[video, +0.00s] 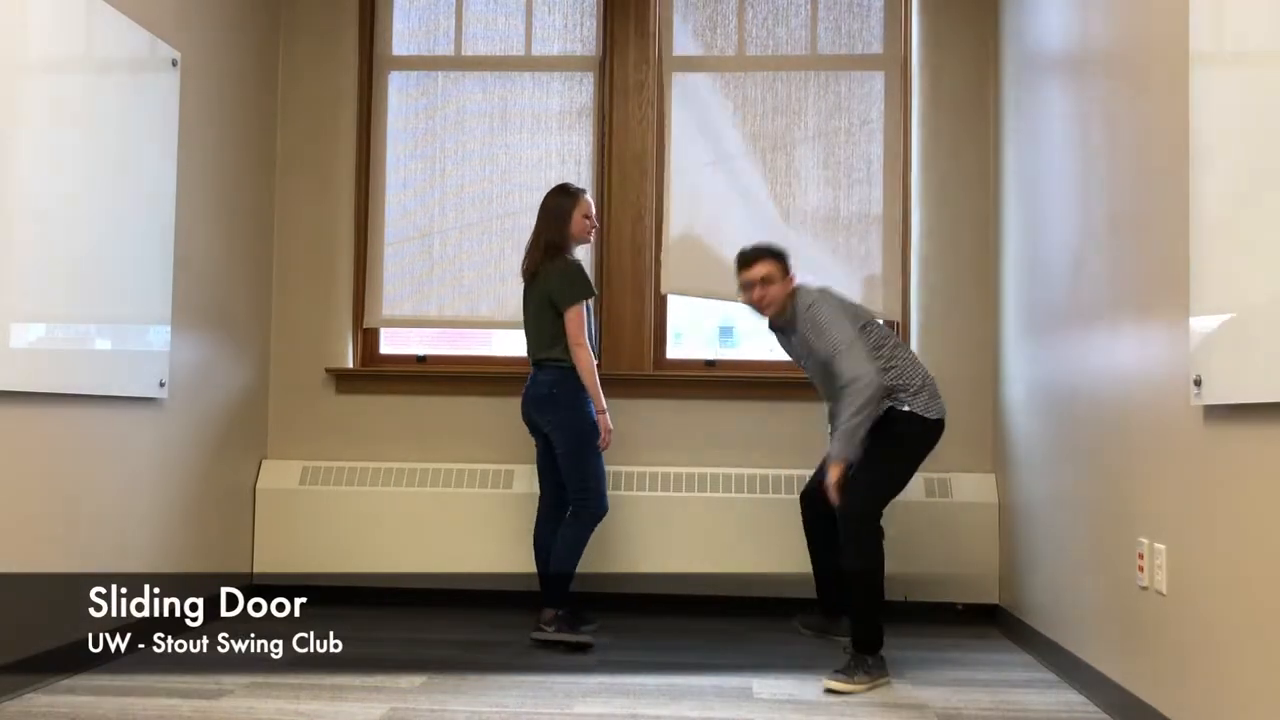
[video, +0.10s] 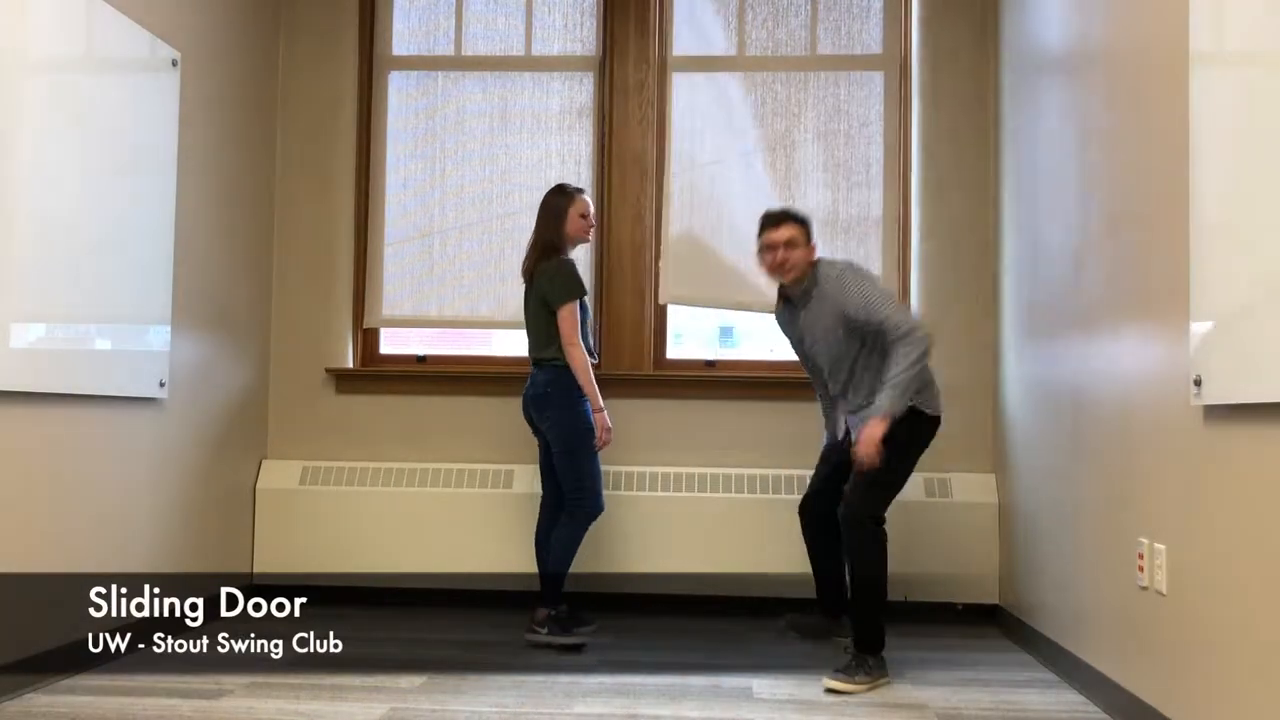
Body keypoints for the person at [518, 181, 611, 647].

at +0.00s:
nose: (593, 224)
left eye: (592, 216)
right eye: (586, 216)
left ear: (555, 220)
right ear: (563, 220)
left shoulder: (540, 270)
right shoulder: (568, 272)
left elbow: (537, 345)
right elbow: (577, 345)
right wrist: (601, 406)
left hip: (541, 391)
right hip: (565, 393)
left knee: (553, 502)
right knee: (590, 502)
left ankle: (553, 612)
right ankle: (555, 612)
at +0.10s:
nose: (591, 223)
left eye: (590, 216)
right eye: (583, 216)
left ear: (564, 221)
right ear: (560, 219)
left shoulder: (544, 269)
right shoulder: (562, 271)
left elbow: (552, 344)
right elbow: (570, 344)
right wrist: (597, 403)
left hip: (544, 389)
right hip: (562, 391)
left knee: (555, 500)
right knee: (586, 501)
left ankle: (550, 608)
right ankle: (550, 610)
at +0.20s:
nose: (588, 222)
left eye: (587, 214)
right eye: (579, 215)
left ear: (566, 221)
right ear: (556, 219)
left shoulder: (550, 269)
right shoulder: (552, 271)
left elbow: (562, 344)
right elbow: (562, 345)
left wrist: (587, 402)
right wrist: (591, 404)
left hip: (554, 389)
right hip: (556, 391)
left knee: (558, 498)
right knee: (581, 500)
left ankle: (549, 605)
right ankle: (541, 608)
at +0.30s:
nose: (584, 221)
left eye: (585, 214)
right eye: (575, 214)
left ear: (569, 221)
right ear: (551, 219)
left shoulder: (556, 267)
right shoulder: (545, 269)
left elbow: (561, 342)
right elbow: (554, 344)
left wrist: (581, 403)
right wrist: (582, 404)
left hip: (561, 390)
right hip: (552, 392)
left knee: (563, 498)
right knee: (572, 500)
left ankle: (550, 604)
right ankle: (539, 609)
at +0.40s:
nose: (580, 219)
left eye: (582, 212)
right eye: (571, 212)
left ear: (580, 219)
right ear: (548, 217)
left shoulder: (566, 272)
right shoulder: (539, 267)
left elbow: (575, 348)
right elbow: (543, 342)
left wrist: (589, 408)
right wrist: (571, 404)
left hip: (572, 391)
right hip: (549, 391)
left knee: (568, 497)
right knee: (562, 498)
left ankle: (553, 604)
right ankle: (538, 610)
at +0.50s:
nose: (574, 216)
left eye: (578, 210)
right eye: (565, 209)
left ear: (582, 218)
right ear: (545, 216)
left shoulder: (575, 277)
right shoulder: (534, 267)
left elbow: (581, 350)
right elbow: (531, 338)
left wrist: (591, 404)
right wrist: (560, 399)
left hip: (574, 394)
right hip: (543, 393)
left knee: (571, 502)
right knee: (550, 501)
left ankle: (556, 604)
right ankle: (534, 610)